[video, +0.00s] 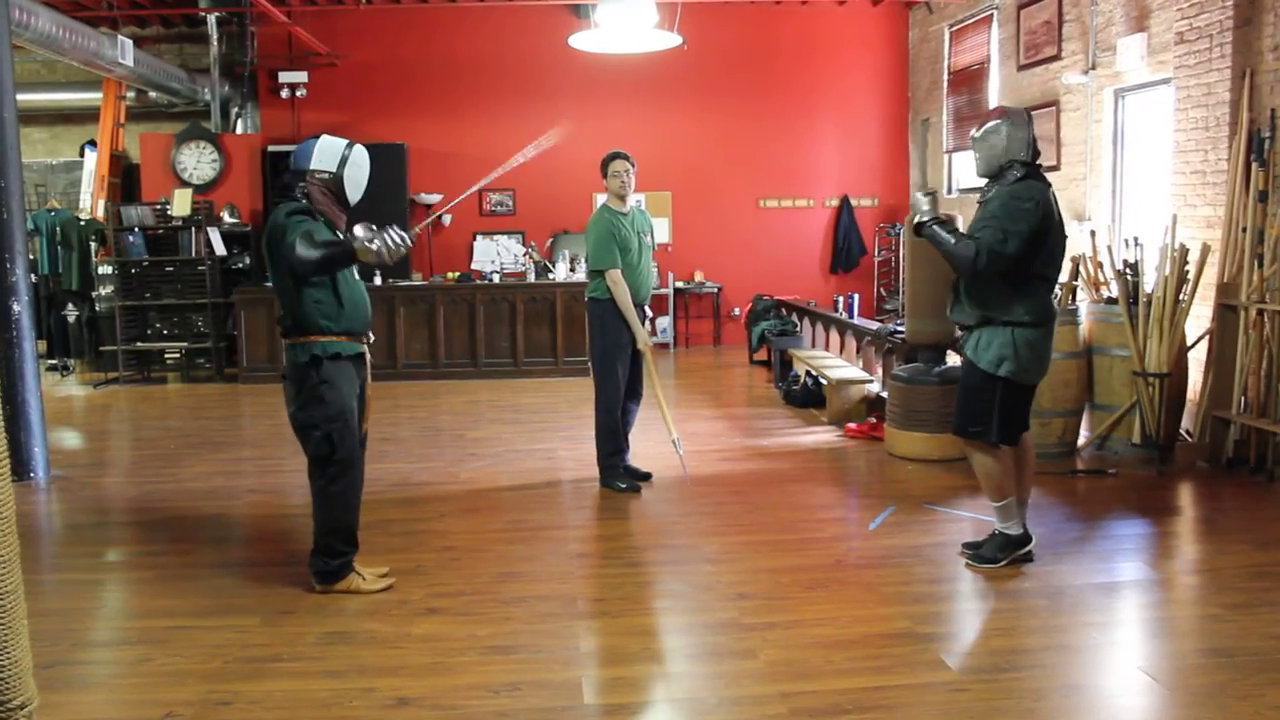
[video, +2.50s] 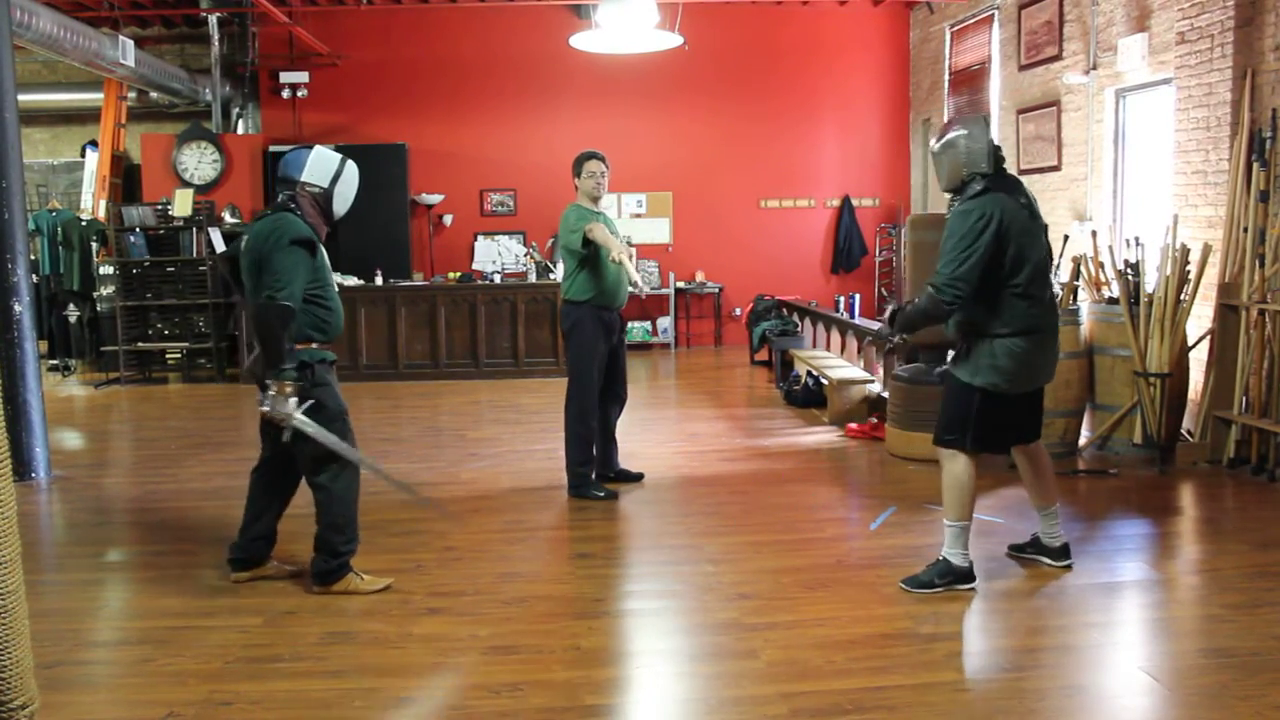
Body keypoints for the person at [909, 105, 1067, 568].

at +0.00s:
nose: (974, 152)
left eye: (981, 142)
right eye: (975, 143)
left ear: (1004, 142)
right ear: (1012, 144)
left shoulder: (1016, 194)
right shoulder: (1028, 191)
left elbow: (981, 259)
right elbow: (992, 254)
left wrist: (930, 225)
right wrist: (947, 228)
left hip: (1001, 337)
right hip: (1020, 334)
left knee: (976, 433)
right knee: (1011, 432)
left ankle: (1009, 534)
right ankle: (1015, 530)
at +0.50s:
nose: (970, 159)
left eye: (976, 149)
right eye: (970, 150)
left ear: (1000, 149)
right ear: (1002, 150)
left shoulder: (1018, 199)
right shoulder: (1001, 196)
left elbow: (1008, 268)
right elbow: (990, 260)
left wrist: (947, 256)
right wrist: (947, 243)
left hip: (998, 336)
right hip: (996, 334)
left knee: (955, 428)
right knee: (1004, 431)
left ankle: (997, 525)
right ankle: (1013, 533)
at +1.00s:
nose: (954, 160)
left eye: (961, 150)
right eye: (954, 151)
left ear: (987, 150)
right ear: (986, 153)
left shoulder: (997, 203)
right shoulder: (978, 201)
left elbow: (998, 284)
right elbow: (967, 279)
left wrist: (981, 355)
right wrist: (924, 331)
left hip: (960, 345)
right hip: (958, 341)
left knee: (934, 447)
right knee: (984, 438)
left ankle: (950, 556)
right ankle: (1013, 535)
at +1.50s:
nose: (937, 162)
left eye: (944, 151)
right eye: (938, 152)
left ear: (967, 151)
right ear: (975, 153)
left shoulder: (983, 205)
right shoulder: (971, 201)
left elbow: (983, 286)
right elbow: (956, 282)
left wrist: (964, 355)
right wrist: (917, 329)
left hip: (950, 347)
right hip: (969, 346)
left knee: (923, 447)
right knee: (989, 436)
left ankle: (948, 555)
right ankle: (1013, 535)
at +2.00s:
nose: (894, 172)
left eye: (897, 160)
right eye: (894, 161)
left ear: (917, 158)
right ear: (941, 154)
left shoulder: (938, 208)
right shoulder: (982, 199)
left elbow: (927, 294)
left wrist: (895, 367)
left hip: (969, 352)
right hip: (1010, 348)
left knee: (940, 453)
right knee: (1006, 440)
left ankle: (954, 563)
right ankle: (1018, 535)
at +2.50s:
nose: (937, 170)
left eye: (941, 159)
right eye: (937, 159)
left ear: (964, 155)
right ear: (976, 155)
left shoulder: (977, 208)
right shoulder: (1014, 197)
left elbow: (950, 292)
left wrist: (901, 319)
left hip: (994, 348)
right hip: (1031, 344)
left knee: (953, 444)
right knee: (1025, 440)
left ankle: (955, 560)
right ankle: (1052, 541)